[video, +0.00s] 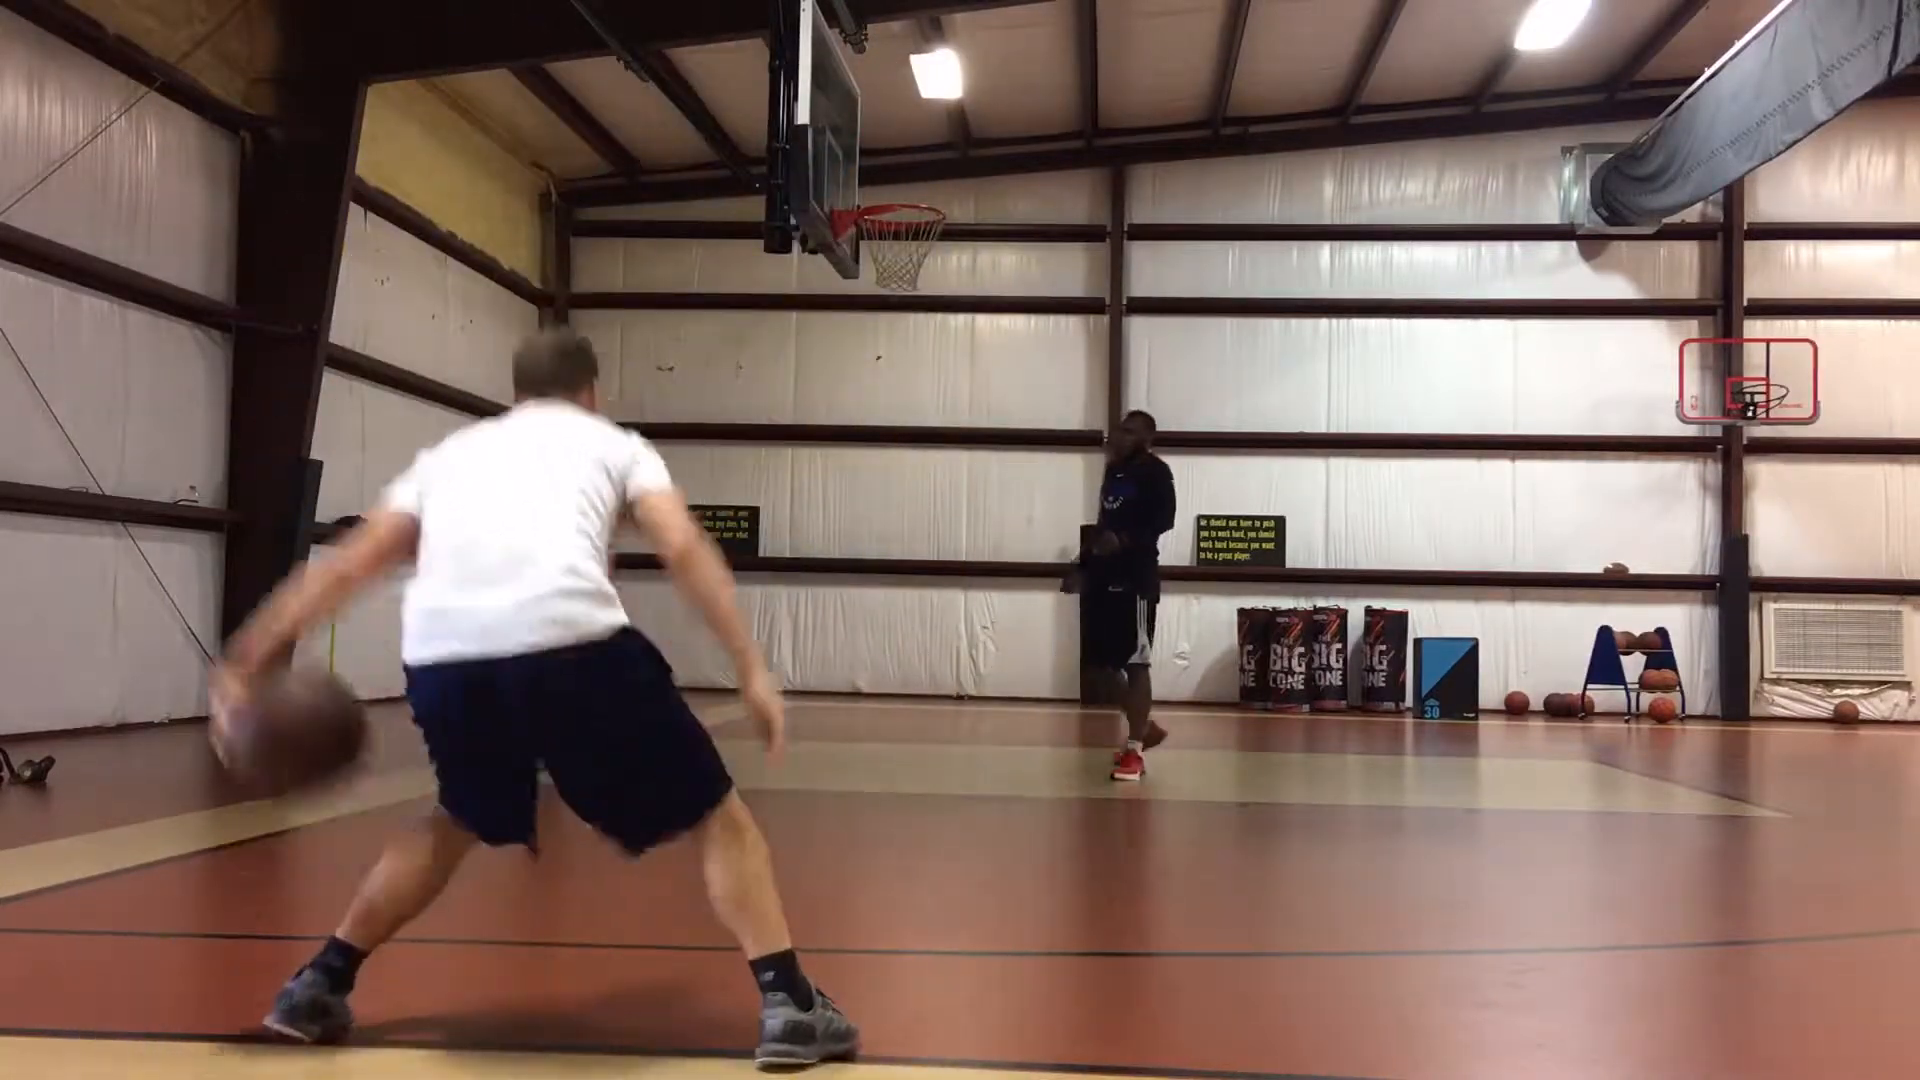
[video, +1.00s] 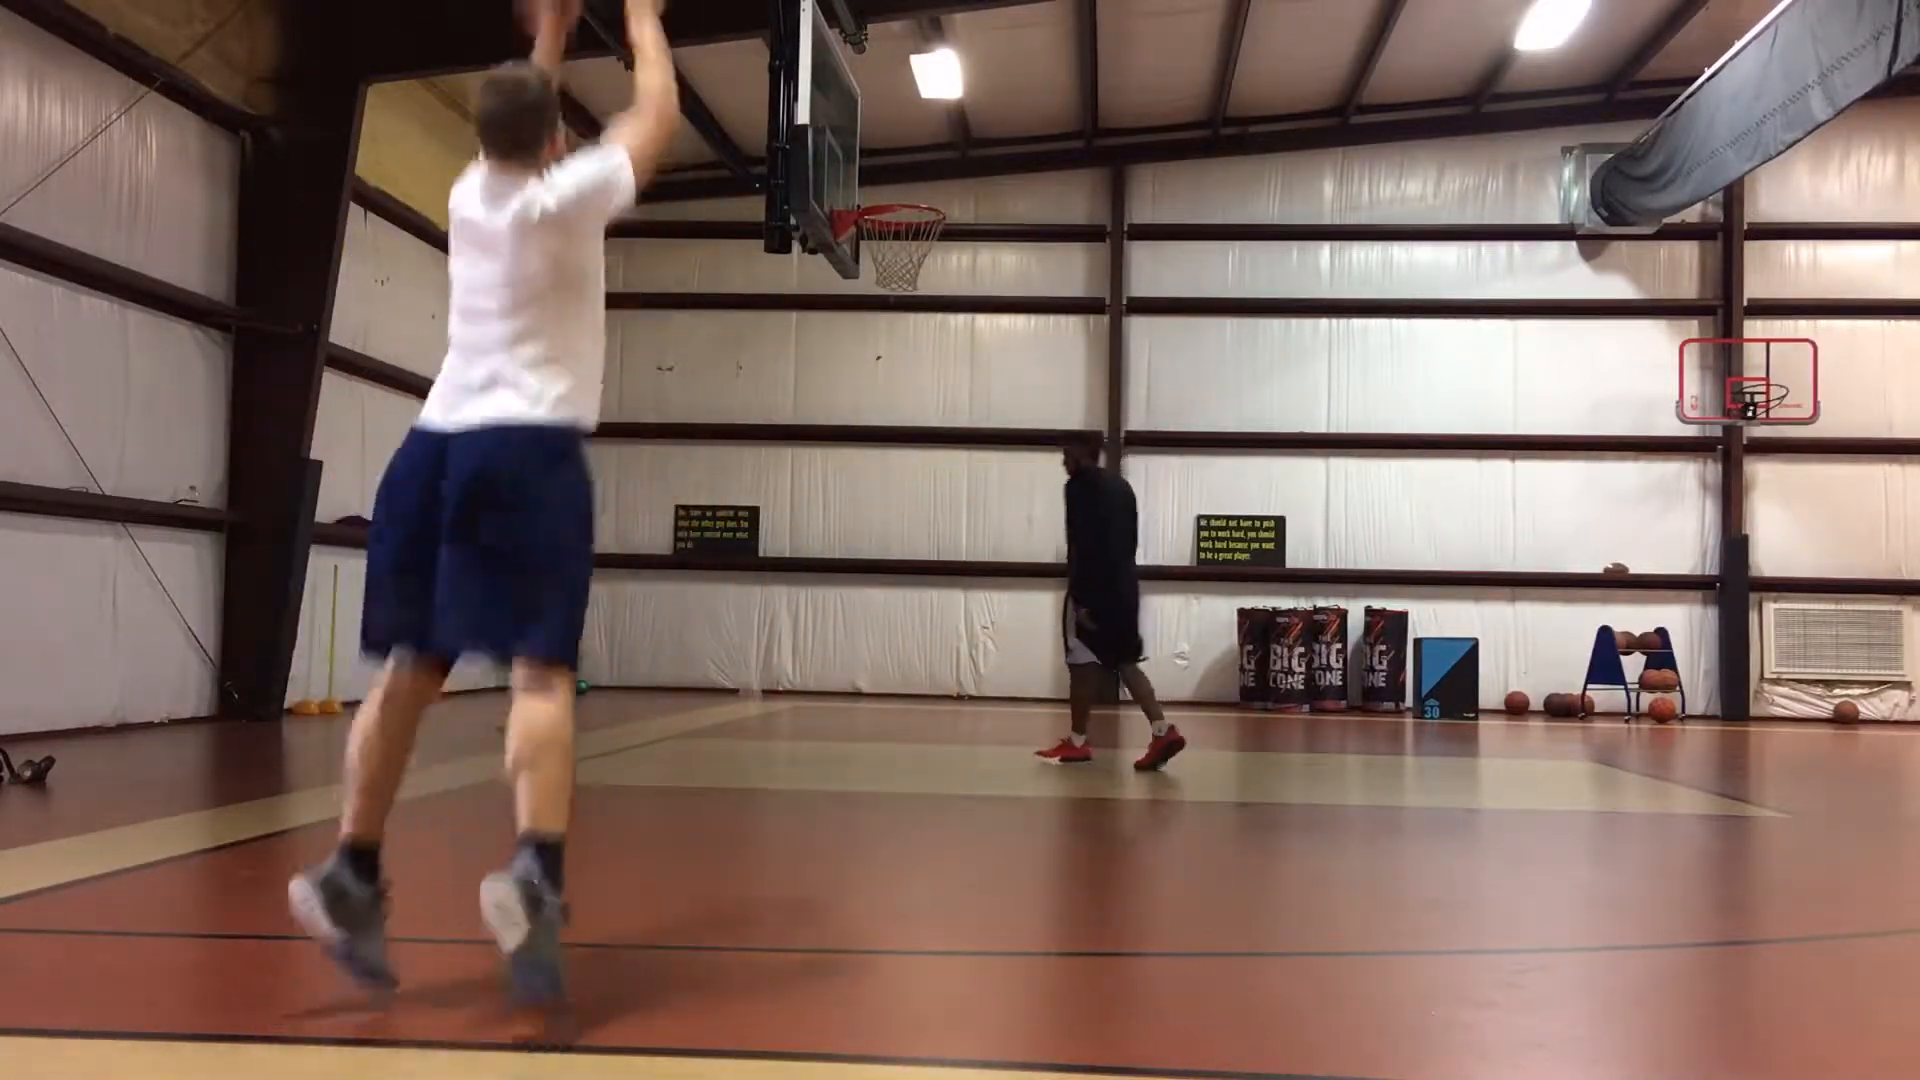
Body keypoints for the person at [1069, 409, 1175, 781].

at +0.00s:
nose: (1120, 435)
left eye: (1129, 431)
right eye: (1120, 428)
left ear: (1147, 438)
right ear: (1117, 432)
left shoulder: (1156, 471)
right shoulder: (1114, 472)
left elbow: (1162, 520)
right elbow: (1107, 526)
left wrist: (1123, 538)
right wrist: (1082, 565)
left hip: (1136, 580)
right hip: (1104, 578)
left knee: (1136, 664)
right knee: (1101, 666)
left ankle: (1134, 749)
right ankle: (1146, 726)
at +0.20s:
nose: (1124, 443)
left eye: (1132, 438)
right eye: (1123, 437)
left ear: (1149, 443)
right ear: (1123, 440)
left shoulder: (1154, 478)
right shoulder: (1130, 476)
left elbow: (1123, 517)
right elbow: (1113, 518)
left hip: (1139, 582)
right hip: (1128, 581)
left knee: (1139, 666)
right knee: (1141, 665)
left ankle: (1136, 749)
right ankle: (1171, 743)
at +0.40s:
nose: (1116, 450)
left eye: (1121, 443)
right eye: (1118, 444)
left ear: (1137, 446)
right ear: (1142, 447)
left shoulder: (1145, 479)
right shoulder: (1146, 480)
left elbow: (1129, 536)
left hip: (1138, 584)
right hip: (1141, 583)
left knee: (1130, 662)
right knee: (1150, 663)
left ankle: (1128, 746)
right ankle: (1175, 745)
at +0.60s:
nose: (1106, 451)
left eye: (1109, 444)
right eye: (1107, 444)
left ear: (1124, 446)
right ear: (1137, 446)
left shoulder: (1131, 481)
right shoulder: (1147, 479)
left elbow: (1126, 542)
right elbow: (1147, 542)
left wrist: (1114, 591)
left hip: (1125, 588)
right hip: (1145, 586)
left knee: (1101, 659)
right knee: (1148, 659)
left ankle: (1110, 742)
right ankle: (1174, 743)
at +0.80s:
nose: (1089, 459)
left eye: (1091, 453)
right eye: (1090, 453)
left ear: (1101, 453)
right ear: (1119, 453)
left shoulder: (1109, 486)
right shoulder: (1139, 487)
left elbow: (1110, 543)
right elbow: (1138, 544)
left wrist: (1105, 591)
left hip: (1114, 589)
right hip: (1143, 586)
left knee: (1093, 663)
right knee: (1149, 662)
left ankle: (1081, 739)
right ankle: (1174, 743)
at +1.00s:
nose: (1065, 460)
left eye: (1068, 453)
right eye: (1065, 453)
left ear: (1084, 452)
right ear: (1096, 452)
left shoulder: (1078, 487)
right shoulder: (1121, 487)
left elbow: (1082, 545)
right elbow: (1129, 544)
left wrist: (1080, 596)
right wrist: (1115, 580)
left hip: (1090, 592)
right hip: (1122, 589)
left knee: (1080, 665)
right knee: (1125, 662)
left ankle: (1077, 740)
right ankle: (1163, 731)